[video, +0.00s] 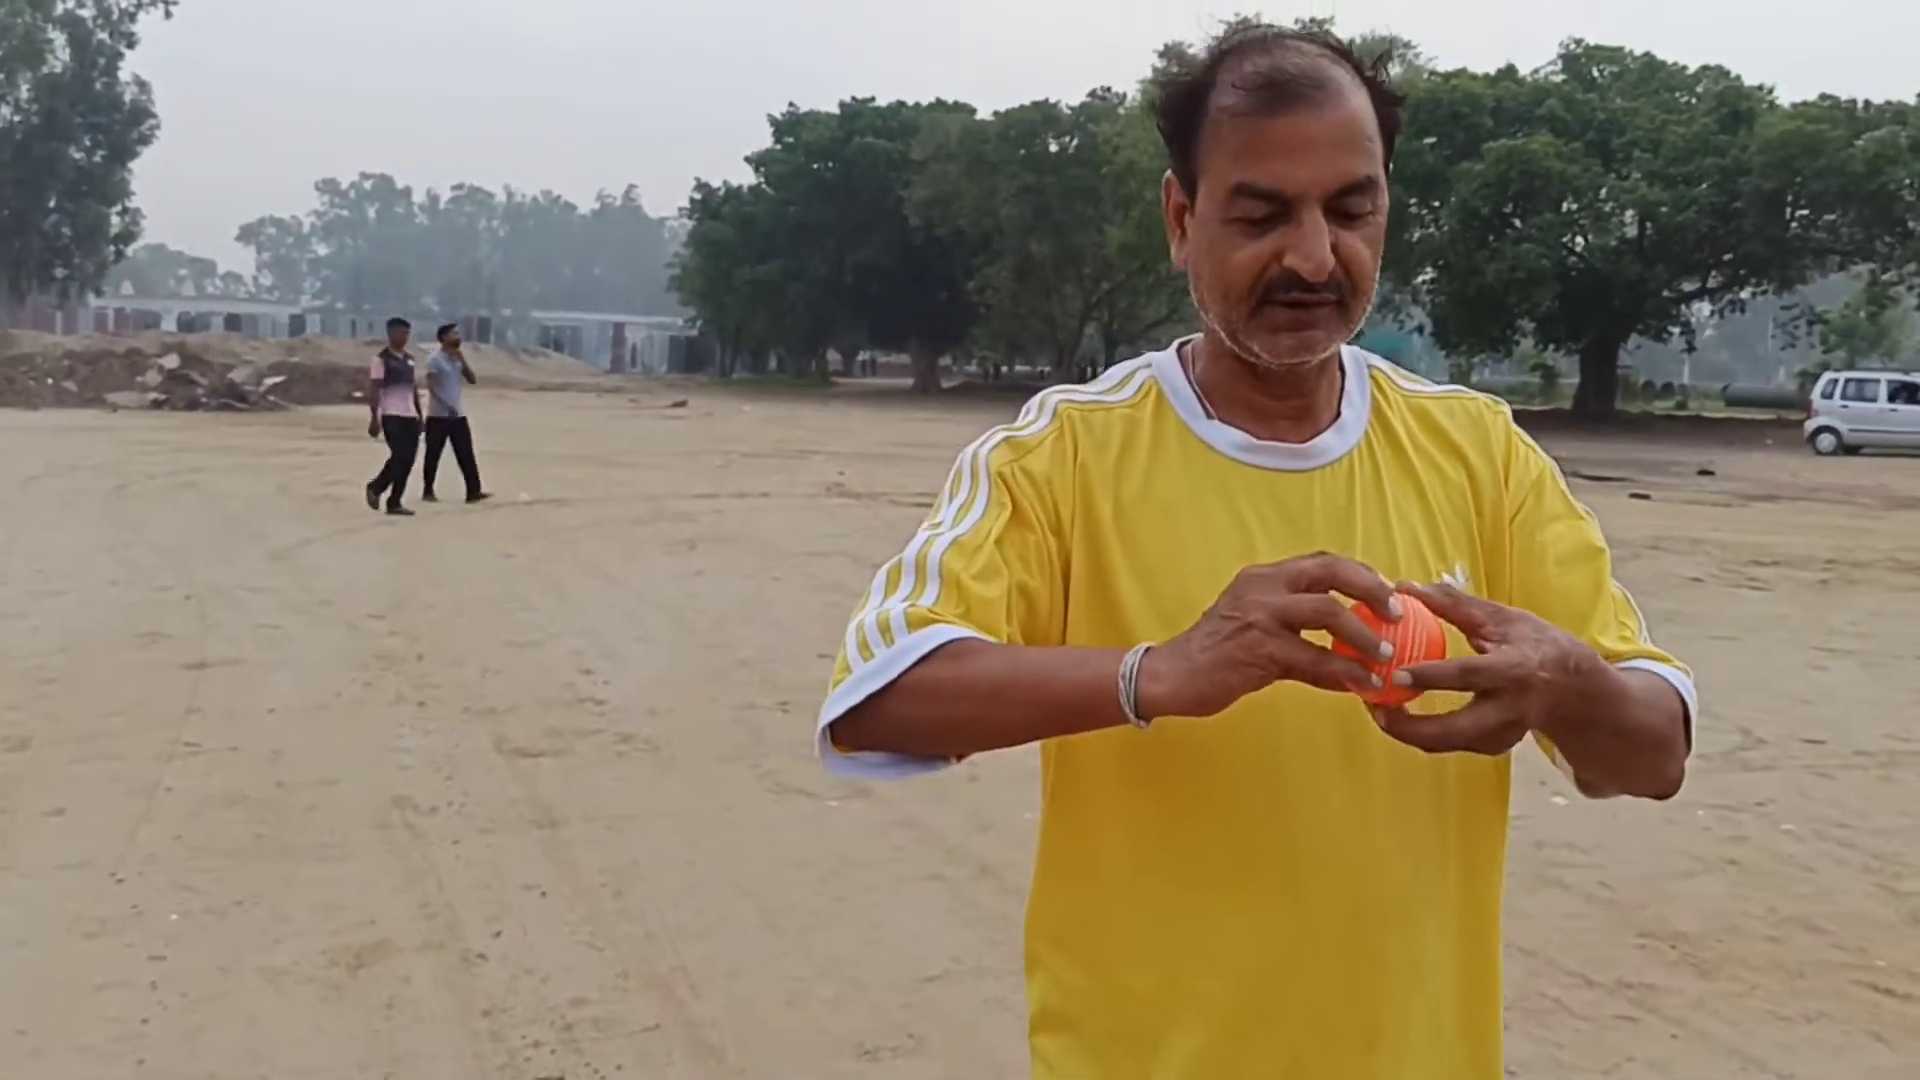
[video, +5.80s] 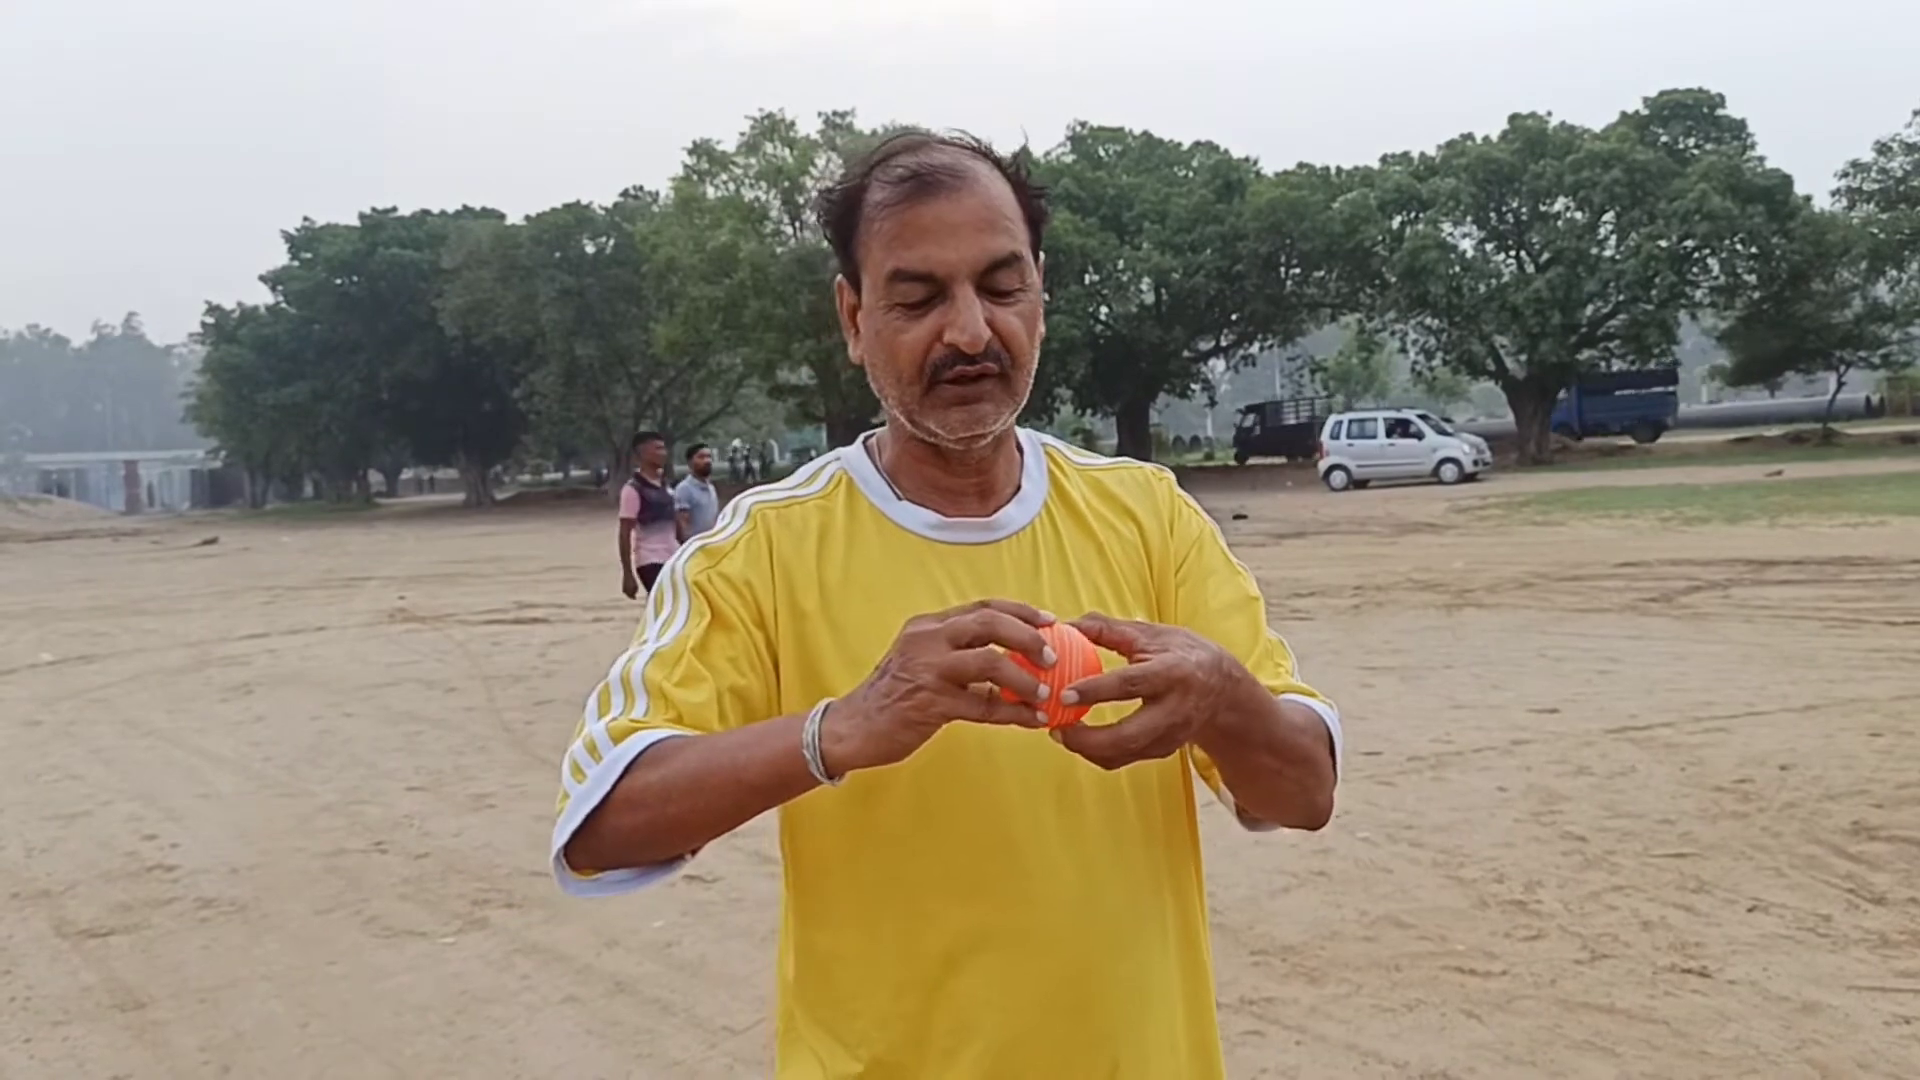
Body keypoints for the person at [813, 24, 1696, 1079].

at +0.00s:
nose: (1313, 255)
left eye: (1348, 207)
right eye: (1262, 210)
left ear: (1386, 211)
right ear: (1180, 219)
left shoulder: (1481, 453)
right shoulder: (1064, 457)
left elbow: (1656, 762)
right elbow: (877, 699)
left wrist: (1566, 686)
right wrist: (1152, 674)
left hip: (1422, 1040)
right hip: (1134, 1040)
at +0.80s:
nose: (1262, 281)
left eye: (1302, 233)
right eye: (1204, 245)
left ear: (1360, 266)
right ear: (1146, 295)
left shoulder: (1485, 533)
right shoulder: (1031, 542)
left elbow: (1685, 870)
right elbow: (822, 819)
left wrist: (1535, 743)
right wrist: (1121, 772)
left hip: (1427, 1050)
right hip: (1110, 1048)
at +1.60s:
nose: (1156, 303)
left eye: (1190, 253)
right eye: (1099, 264)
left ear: (1241, 275)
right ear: (1034, 303)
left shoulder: (1345, 531)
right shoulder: (922, 537)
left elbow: (1538, 833)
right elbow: (738, 808)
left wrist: (1445, 759)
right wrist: (1045, 756)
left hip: (1300, 1057)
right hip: (999, 1059)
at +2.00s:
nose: (1033, 289)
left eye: (1067, 243)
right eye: (980, 254)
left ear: (1118, 273)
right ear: (919, 300)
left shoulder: (1227, 525)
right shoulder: (815, 534)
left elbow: (1388, 826)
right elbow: (640, 796)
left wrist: (1323, 734)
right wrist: (947, 718)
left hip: (1183, 1052)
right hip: (900, 1052)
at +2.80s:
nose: (919, 320)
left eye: (954, 274)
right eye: (869, 280)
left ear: (996, 291)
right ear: (801, 305)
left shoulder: (1097, 536)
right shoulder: (691, 540)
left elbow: (1252, 821)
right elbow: (493, 785)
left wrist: (1187, 763)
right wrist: (803, 734)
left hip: (1054, 1056)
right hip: (772, 1056)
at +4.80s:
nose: (885, 289)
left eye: (920, 251)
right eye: (835, 264)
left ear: (970, 296)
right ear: (785, 325)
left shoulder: (1102, 518)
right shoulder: (699, 557)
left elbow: (1262, 804)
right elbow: (513, 838)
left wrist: (1148, 704)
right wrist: (763, 713)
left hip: (1092, 1053)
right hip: (811, 1055)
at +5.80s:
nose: (970, 331)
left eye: (1000, 287)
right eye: (918, 297)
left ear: (1040, 299)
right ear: (853, 321)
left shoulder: (1151, 518)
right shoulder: (762, 554)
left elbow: (1305, 799)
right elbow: (599, 824)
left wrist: (1226, 701)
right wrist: (841, 732)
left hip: (1148, 1047)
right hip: (869, 1049)